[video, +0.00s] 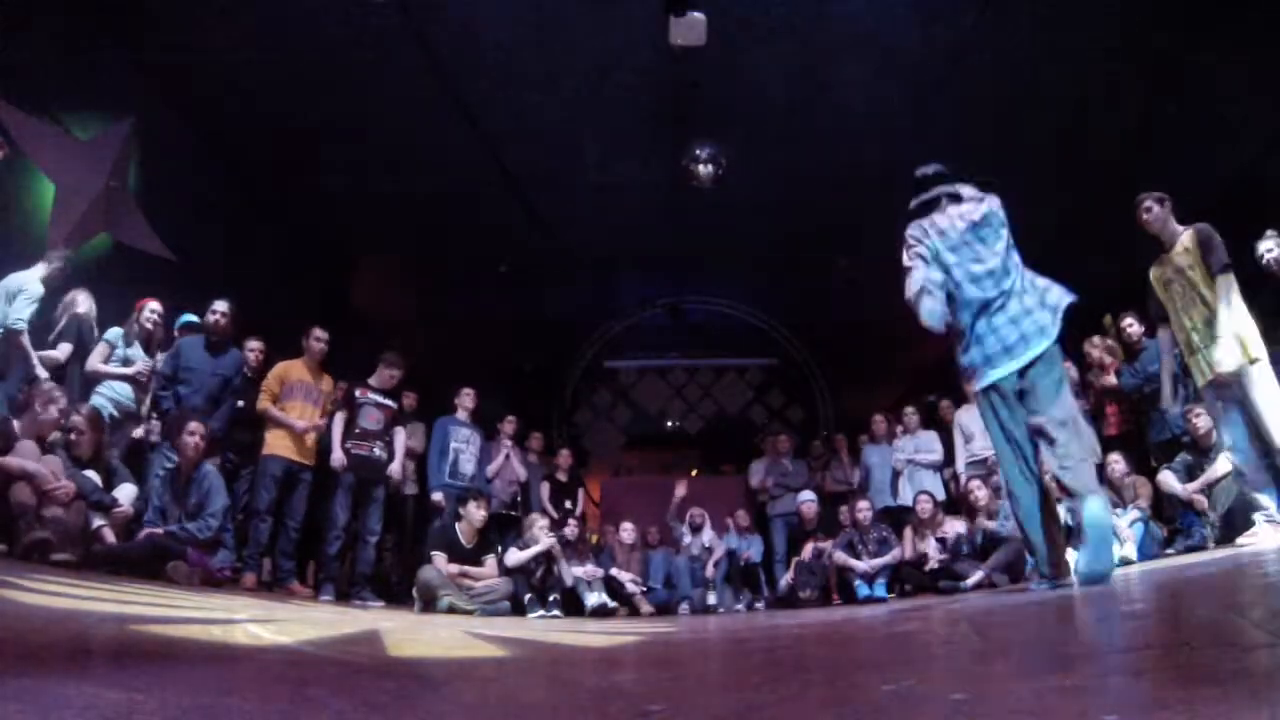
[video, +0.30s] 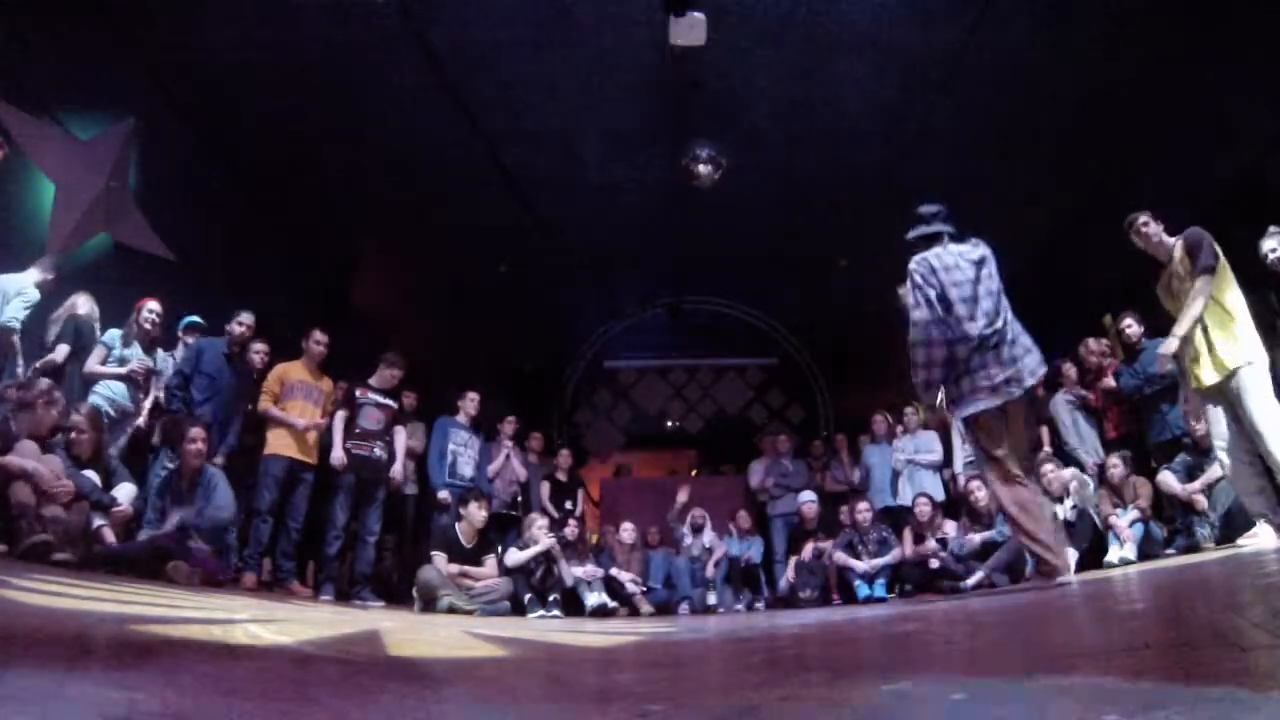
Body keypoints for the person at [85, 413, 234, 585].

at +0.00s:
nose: (196, 441)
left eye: (201, 438)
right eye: (190, 434)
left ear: (205, 446)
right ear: (176, 440)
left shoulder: (211, 477)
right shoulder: (165, 477)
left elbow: (209, 529)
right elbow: (152, 519)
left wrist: (165, 532)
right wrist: (151, 533)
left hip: (210, 553)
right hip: (174, 545)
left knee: (154, 543)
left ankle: (92, 555)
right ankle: (182, 575)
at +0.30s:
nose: (199, 448)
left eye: (203, 442)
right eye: (192, 442)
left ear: (208, 447)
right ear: (180, 448)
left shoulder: (214, 478)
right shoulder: (165, 481)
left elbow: (224, 515)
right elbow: (152, 522)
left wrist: (182, 520)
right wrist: (144, 541)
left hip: (211, 555)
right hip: (171, 547)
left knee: (164, 543)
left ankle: (99, 556)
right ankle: (182, 575)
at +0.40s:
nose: (202, 441)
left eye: (206, 437)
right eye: (197, 435)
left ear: (212, 444)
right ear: (185, 439)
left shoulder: (219, 470)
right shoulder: (169, 471)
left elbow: (242, 492)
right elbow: (154, 519)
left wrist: (208, 467)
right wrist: (141, 544)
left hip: (213, 551)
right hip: (173, 545)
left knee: (162, 544)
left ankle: (94, 556)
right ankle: (185, 576)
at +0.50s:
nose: (205, 440)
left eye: (210, 435)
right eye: (199, 433)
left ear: (214, 441)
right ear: (183, 436)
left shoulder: (217, 469)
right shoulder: (165, 471)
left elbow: (244, 482)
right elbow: (154, 519)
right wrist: (139, 546)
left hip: (214, 557)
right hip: (175, 546)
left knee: (159, 541)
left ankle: (96, 555)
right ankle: (185, 576)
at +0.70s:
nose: (201, 444)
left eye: (204, 439)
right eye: (194, 438)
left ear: (209, 444)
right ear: (179, 444)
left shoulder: (223, 475)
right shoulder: (171, 479)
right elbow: (154, 519)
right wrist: (144, 543)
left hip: (213, 558)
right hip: (175, 547)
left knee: (159, 543)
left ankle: (98, 555)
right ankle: (182, 575)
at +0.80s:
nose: (198, 450)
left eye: (201, 444)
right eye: (191, 445)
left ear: (206, 448)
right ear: (178, 451)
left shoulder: (214, 476)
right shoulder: (171, 478)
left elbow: (242, 496)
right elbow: (154, 517)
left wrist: (225, 540)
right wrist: (143, 544)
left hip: (212, 553)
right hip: (176, 547)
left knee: (159, 546)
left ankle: (102, 555)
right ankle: (184, 575)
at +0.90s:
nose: (199, 449)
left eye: (202, 443)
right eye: (191, 444)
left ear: (206, 446)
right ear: (177, 450)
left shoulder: (214, 474)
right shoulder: (169, 478)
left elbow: (247, 495)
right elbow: (154, 518)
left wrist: (221, 527)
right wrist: (145, 543)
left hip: (211, 551)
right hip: (175, 546)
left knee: (160, 545)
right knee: (152, 557)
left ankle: (102, 555)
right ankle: (184, 575)